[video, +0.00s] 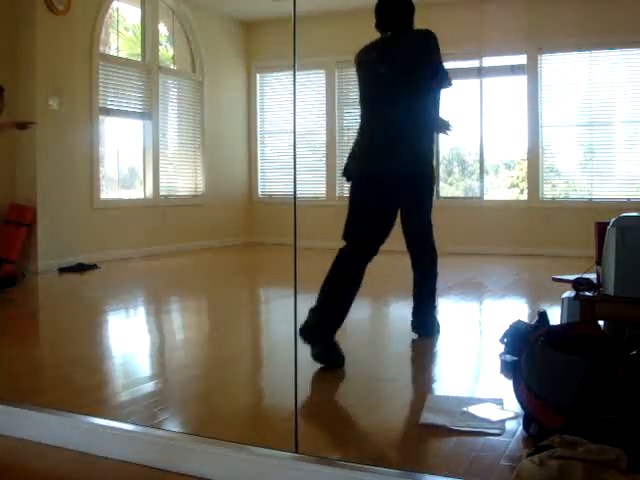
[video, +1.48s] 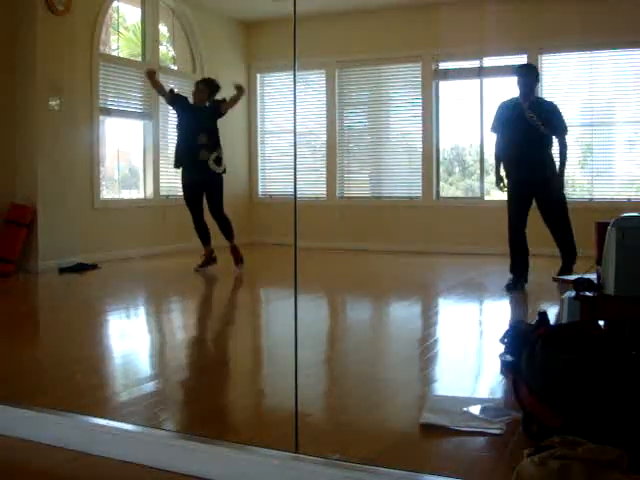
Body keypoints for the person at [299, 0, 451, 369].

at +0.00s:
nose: (402, 17)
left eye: (386, 13)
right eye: (406, 12)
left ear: (379, 18)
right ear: (410, 14)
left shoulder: (366, 54)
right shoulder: (424, 41)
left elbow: (381, 109)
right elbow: (431, 92)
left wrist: (433, 120)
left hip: (370, 167)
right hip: (413, 168)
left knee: (357, 248)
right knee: (421, 243)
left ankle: (318, 329)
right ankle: (424, 319)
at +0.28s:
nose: (424, 13)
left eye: (417, 9)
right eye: (431, 9)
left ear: (409, 12)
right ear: (439, 10)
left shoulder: (395, 48)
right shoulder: (458, 36)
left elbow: (371, 102)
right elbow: (482, 84)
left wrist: (379, 139)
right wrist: (486, 132)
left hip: (412, 144)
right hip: (447, 144)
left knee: (415, 211)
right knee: (440, 224)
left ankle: (404, 290)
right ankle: (429, 313)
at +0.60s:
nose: (430, 65)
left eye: (433, 59)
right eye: (431, 59)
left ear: (444, 59)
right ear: (460, 58)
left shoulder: (436, 86)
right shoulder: (485, 79)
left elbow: (428, 120)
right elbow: (508, 115)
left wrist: (418, 147)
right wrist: (525, 151)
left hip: (446, 165)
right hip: (476, 163)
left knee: (452, 224)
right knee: (478, 221)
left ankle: (457, 288)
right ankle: (459, 266)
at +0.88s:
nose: (455, 67)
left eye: (458, 62)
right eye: (456, 61)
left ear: (469, 61)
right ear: (482, 61)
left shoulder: (466, 85)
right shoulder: (502, 84)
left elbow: (465, 124)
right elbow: (524, 120)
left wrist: (442, 158)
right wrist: (513, 154)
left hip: (472, 162)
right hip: (501, 161)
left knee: (465, 228)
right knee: (499, 216)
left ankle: (459, 288)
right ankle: (516, 269)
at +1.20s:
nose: (497, 63)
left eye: (501, 58)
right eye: (496, 58)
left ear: (511, 60)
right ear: (496, 61)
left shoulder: (522, 85)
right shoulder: (499, 90)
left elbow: (515, 118)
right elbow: (496, 120)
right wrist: (473, 131)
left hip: (523, 160)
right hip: (508, 161)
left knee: (519, 216)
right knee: (515, 216)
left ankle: (533, 271)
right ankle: (535, 268)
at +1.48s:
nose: (525, 86)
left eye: (529, 82)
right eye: (522, 82)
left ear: (537, 82)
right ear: (516, 82)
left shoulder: (548, 108)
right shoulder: (506, 109)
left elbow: (562, 143)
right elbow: (499, 143)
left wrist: (561, 173)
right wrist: (498, 171)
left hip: (545, 176)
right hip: (517, 178)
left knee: (558, 223)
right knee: (516, 229)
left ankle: (568, 265)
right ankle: (518, 276)